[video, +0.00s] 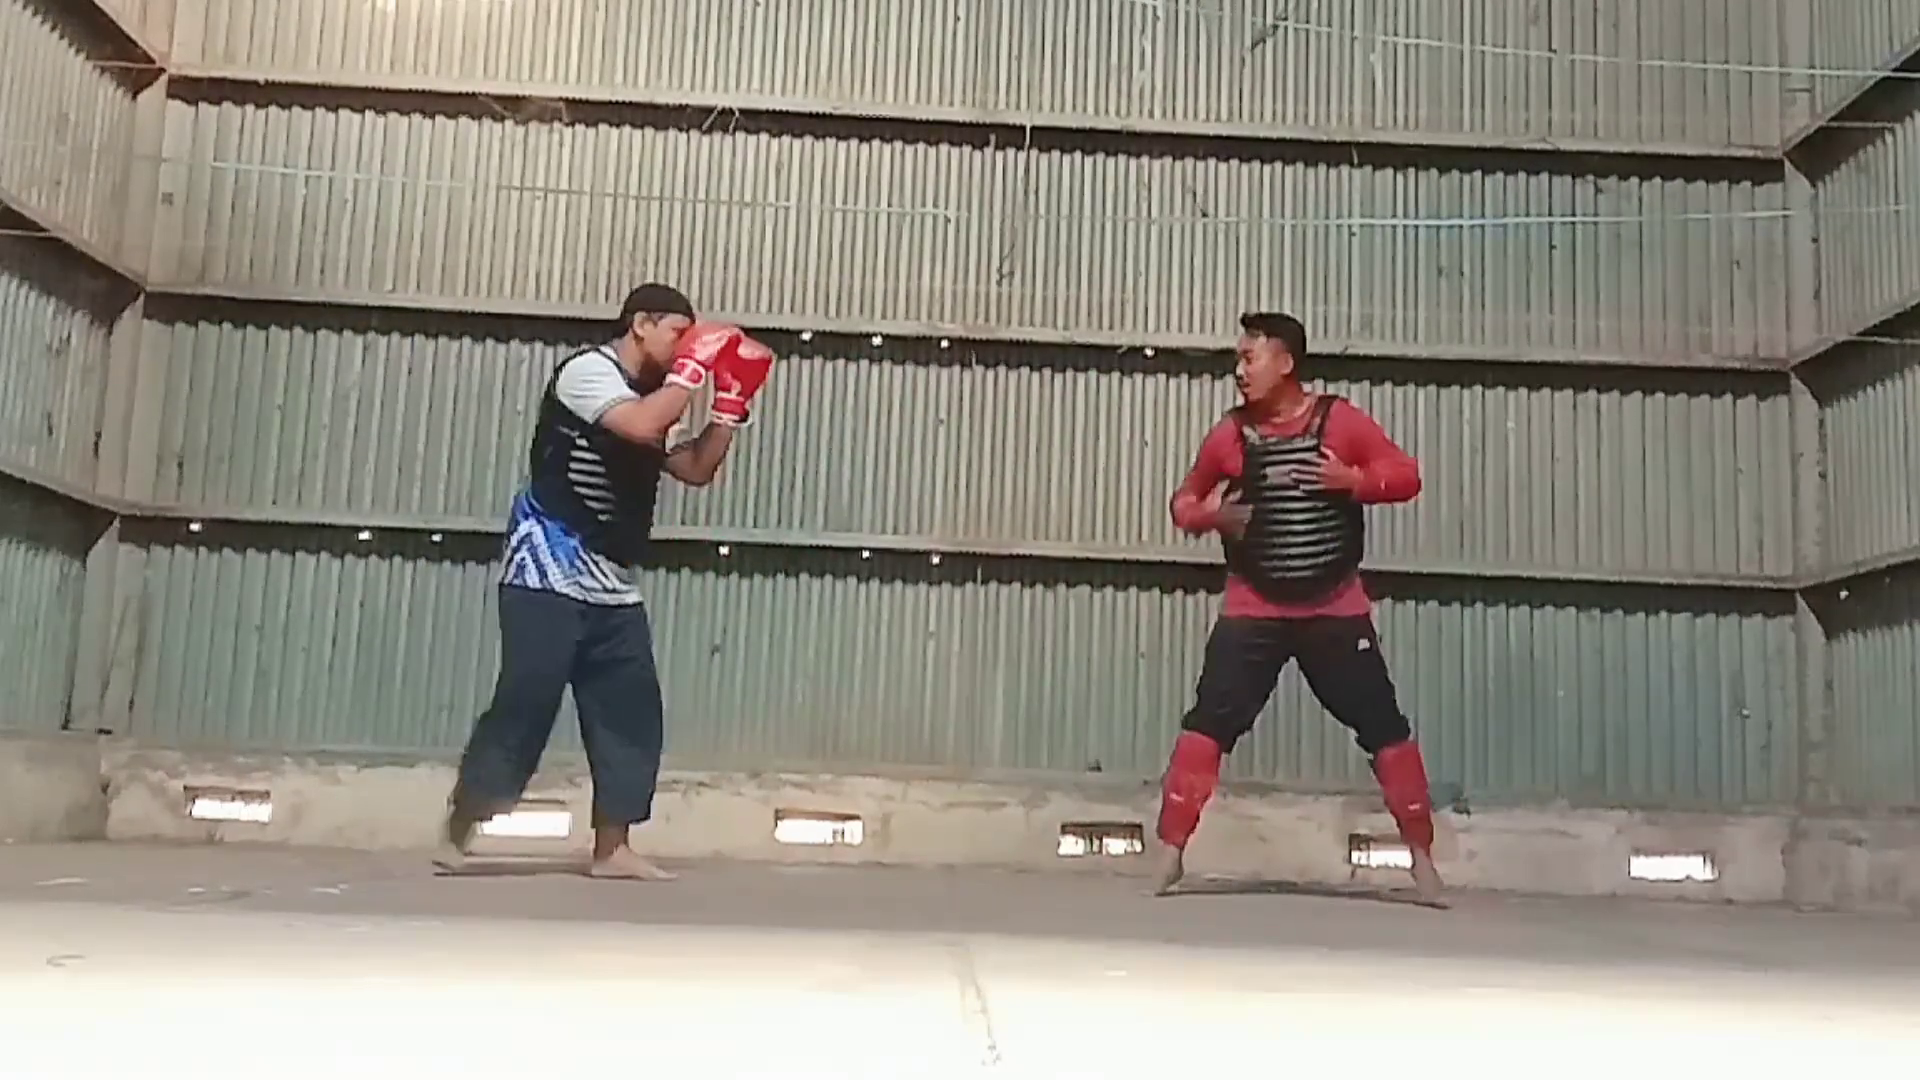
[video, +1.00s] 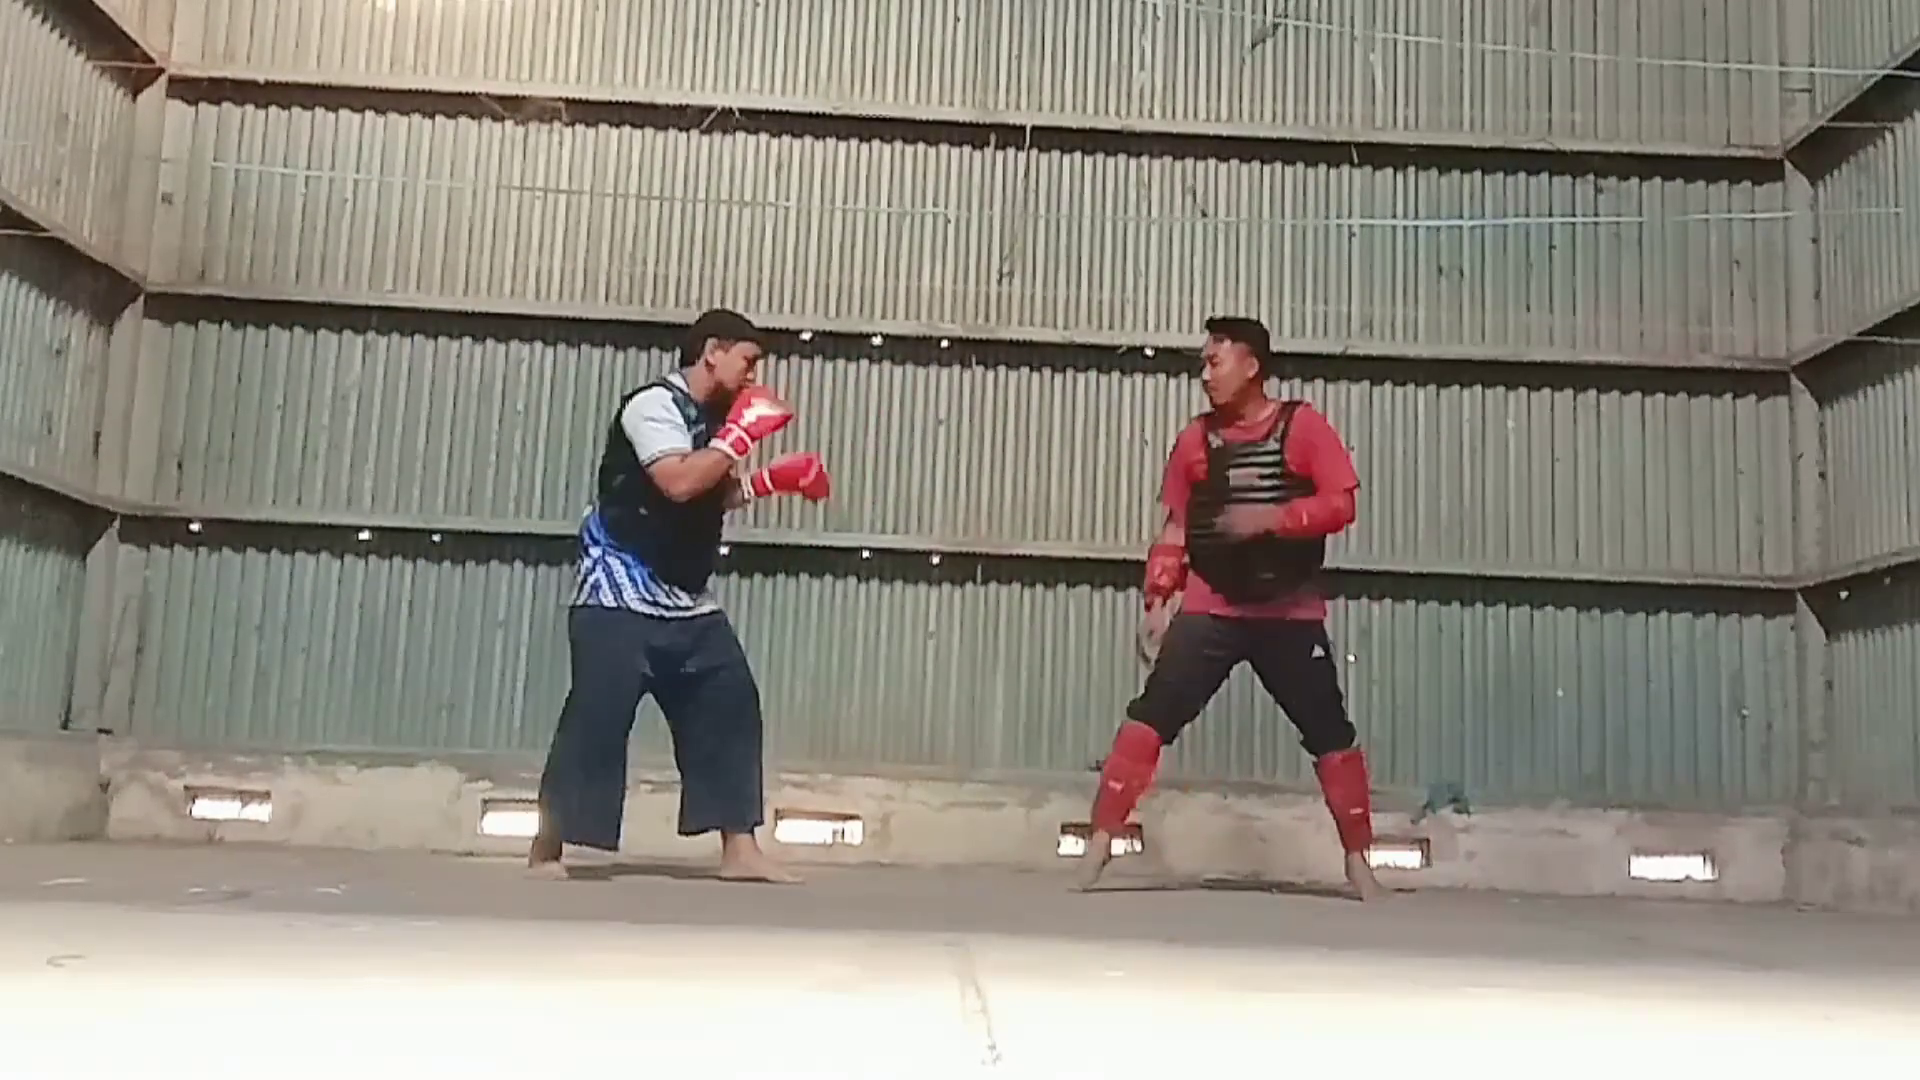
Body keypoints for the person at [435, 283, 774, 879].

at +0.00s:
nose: (685, 345)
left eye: (688, 334)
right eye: (678, 331)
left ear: (655, 332)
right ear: (641, 325)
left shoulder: (651, 398)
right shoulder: (585, 372)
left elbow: (696, 469)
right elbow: (642, 424)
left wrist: (731, 408)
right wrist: (692, 367)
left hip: (611, 574)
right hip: (547, 563)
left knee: (628, 705)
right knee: (531, 693)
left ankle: (611, 848)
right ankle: (469, 808)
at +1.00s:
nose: (754, 375)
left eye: (757, 365)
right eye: (748, 361)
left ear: (721, 359)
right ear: (713, 354)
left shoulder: (719, 424)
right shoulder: (650, 405)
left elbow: (710, 499)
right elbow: (678, 482)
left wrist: (769, 483)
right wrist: (740, 434)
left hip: (687, 600)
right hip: (617, 592)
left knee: (732, 702)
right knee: (603, 699)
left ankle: (739, 849)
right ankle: (549, 843)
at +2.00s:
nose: (649, 364)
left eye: (655, 354)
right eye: (642, 350)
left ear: (654, 359)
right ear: (603, 341)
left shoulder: (644, 412)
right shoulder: (534, 386)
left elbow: (665, 484)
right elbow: (536, 453)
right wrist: (615, 417)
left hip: (561, 569)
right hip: (481, 558)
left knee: (594, 681)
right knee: (458, 669)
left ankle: (588, 835)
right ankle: (439, 820)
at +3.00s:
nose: (671, 386)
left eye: (675, 376)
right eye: (668, 373)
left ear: (636, 366)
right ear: (635, 362)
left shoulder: (638, 423)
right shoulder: (559, 415)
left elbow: (643, 483)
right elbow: (589, 491)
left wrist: (691, 452)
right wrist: (655, 455)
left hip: (615, 606)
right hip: (539, 606)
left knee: (676, 712)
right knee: (500, 724)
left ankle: (702, 842)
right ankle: (439, 846)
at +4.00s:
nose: (743, 427)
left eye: (746, 417)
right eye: (739, 414)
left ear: (709, 406)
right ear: (704, 401)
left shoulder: (720, 463)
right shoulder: (624, 447)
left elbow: (754, 524)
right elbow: (624, 526)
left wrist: (778, 557)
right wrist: (697, 488)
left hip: (670, 628)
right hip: (593, 620)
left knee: (731, 706)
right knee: (554, 722)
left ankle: (749, 848)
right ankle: (473, 843)